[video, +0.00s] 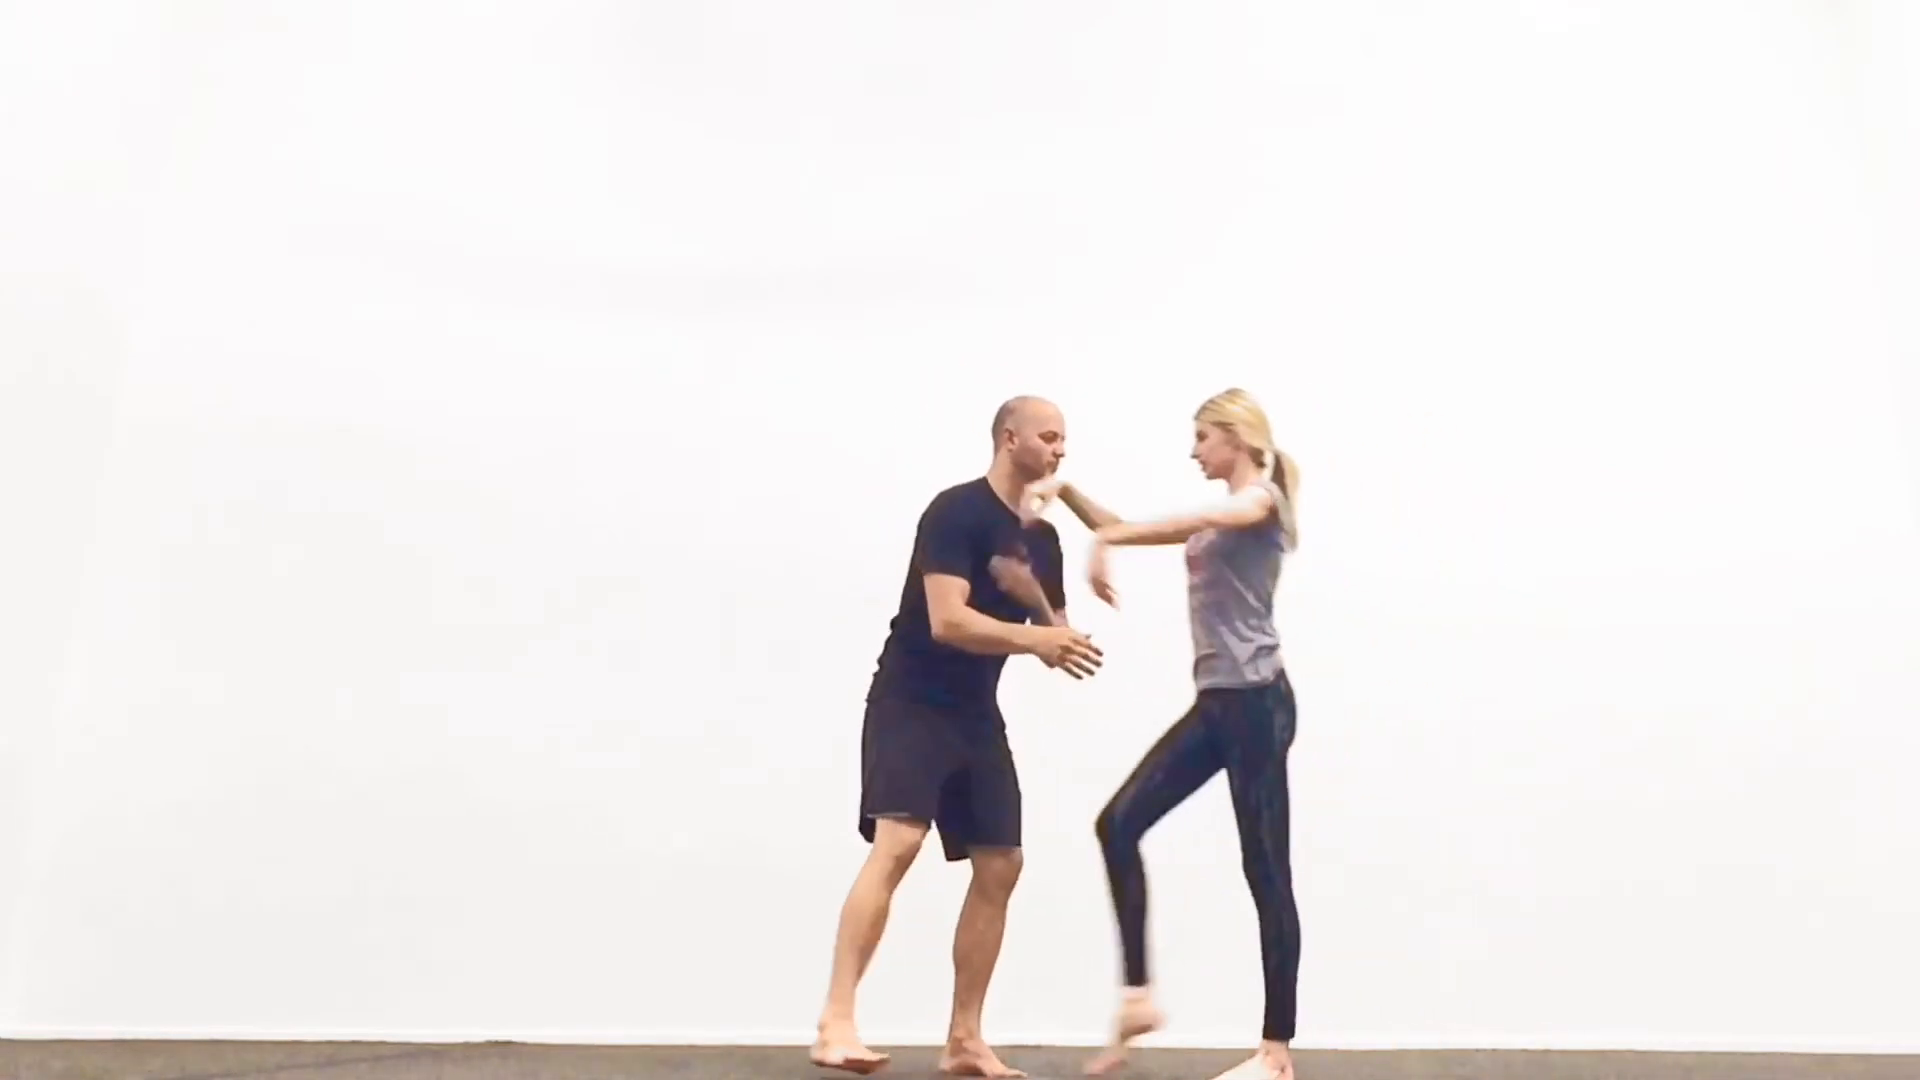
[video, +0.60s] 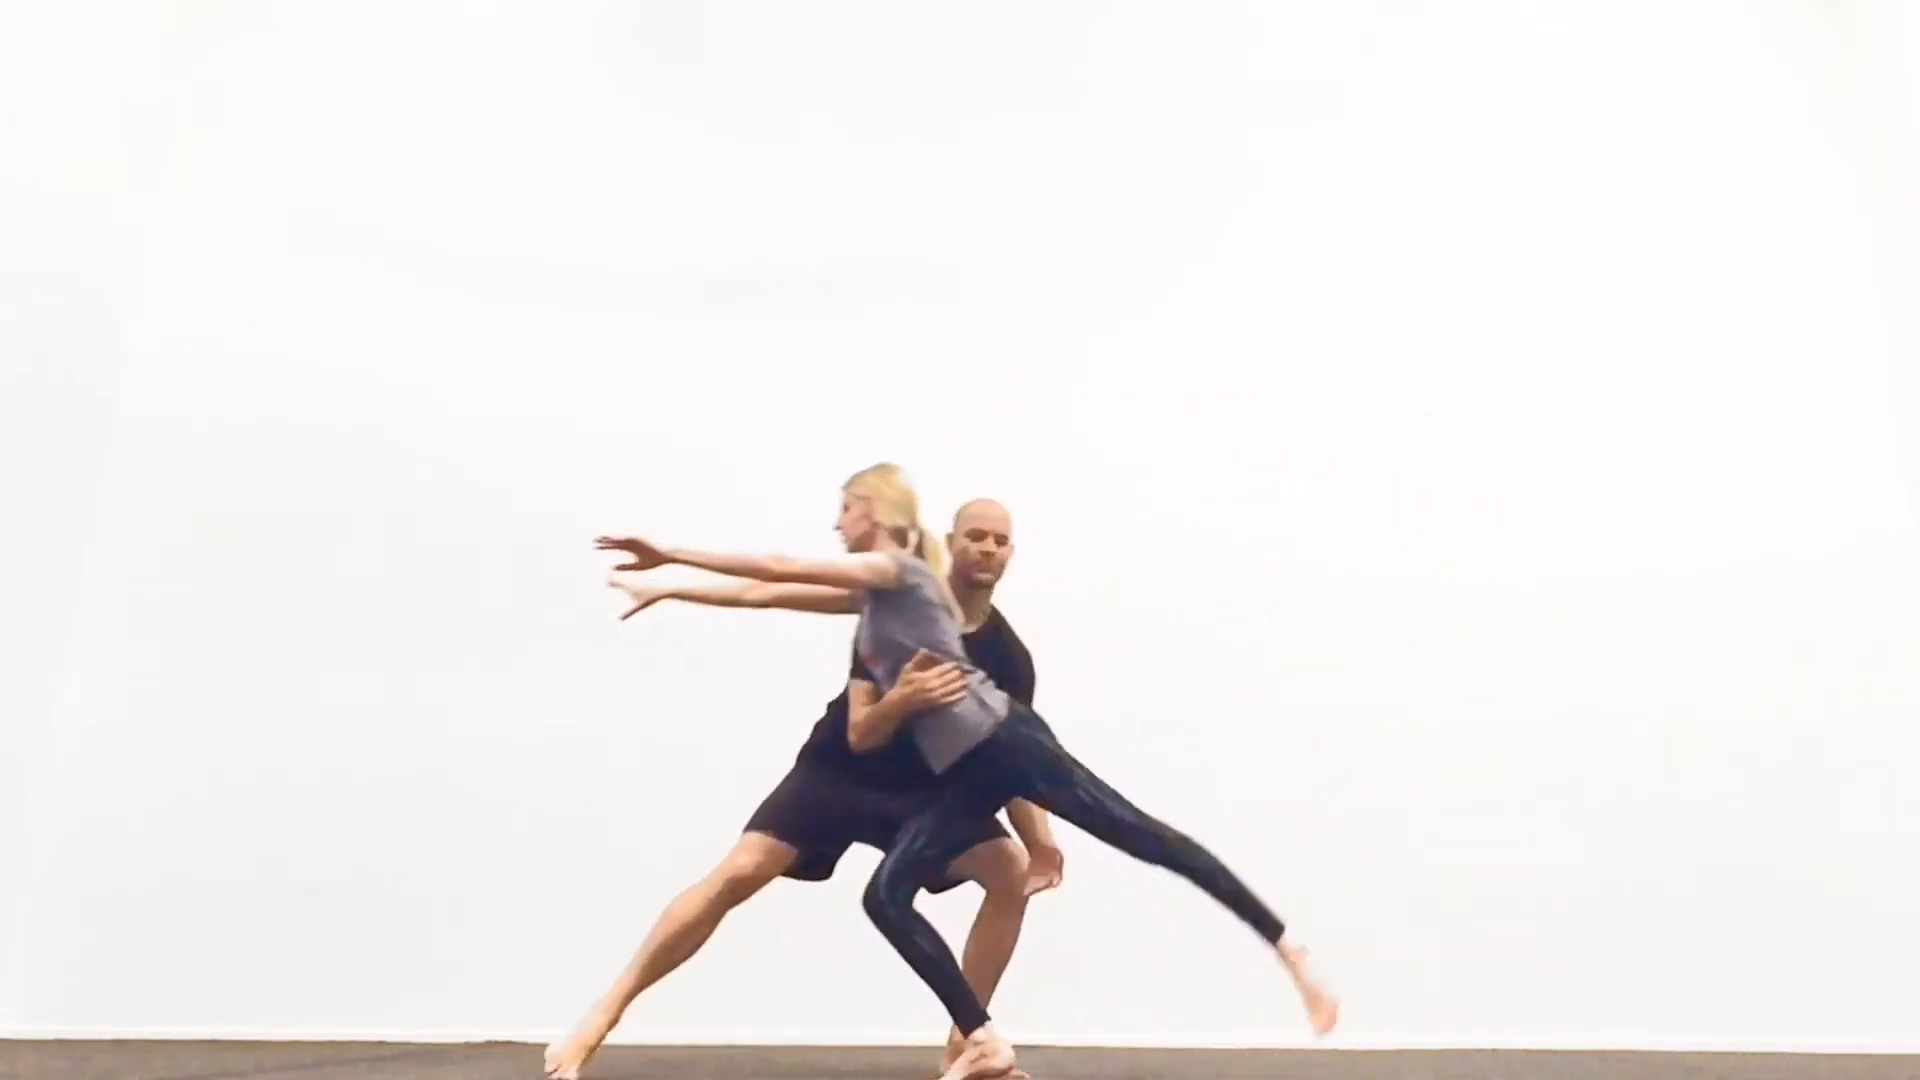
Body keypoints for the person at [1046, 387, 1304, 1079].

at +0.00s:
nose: (1195, 448)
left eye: (1203, 436)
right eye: (1196, 437)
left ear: (1236, 439)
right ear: (1231, 441)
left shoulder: (1263, 497)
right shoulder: (1221, 510)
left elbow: (1209, 522)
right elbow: (1123, 531)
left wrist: (1110, 540)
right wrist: (1064, 490)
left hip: (1255, 703)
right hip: (1217, 704)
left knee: (1267, 873)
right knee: (1117, 827)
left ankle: (1277, 1049)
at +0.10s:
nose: (1148, 450)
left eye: (1155, 438)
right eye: (1148, 440)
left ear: (1189, 439)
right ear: (1184, 441)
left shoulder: (1212, 495)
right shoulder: (1169, 511)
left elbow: (1129, 499)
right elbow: (1077, 517)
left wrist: (1030, 492)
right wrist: (1007, 484)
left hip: (1221, 704)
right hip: (1177, 708)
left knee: (1247, 871)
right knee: (1083, 830)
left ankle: (1276, 1048)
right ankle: (1039, 997)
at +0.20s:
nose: (1091, 458)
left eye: (1100, 445)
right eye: (1092, 446)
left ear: (1132, 445)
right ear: (1131, 448)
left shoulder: (1155, 499)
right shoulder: (1117, 513)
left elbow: (1054, 500)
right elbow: (1032, 513)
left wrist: (950, 482)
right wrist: (949, 492)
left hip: (1179, 712)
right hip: (1134, 718)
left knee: (1226, 876)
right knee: (1046, 846)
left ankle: (1274, 1047)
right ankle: (992, 1009)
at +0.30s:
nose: (1025, 467)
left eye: (1036, 454)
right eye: (1029, 455)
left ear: (1067, 461)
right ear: (1061, 464)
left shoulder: (1091, 519)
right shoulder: (1041, 538)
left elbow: (982, 519)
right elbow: (946, 530)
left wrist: (879, 498)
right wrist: (862, 512)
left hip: (1132, 722)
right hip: (1085, 735)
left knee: (1196, 878)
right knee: (999, 857)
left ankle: (1270, 1048)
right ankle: (998, 1039)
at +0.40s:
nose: (962, 485)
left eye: (972, 472)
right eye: (965, 473)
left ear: (1004, 480)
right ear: (1001, 483)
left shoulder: (1021, 536)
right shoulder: (991, 546)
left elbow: (900, 544)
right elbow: (887, 550)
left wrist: (797, 525)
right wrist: (792, 538)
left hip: (1087, 732)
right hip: (1045, 747)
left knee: (1172, 882)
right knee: (951, 870)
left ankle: (1267, 1039)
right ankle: (993, 1044)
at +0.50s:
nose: (900, 510)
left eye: (910, 498)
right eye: (901, 498)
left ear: (943, 504)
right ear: (930, 509)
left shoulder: (961, 557)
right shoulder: (922, 576)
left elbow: (834, 560)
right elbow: (818, 579)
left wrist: (730, 541)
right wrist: (725, 571)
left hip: (1047, 741)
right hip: (1001, 767)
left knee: (1153, 866)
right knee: (913, 886)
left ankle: (1272, 1011)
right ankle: (989, 1042)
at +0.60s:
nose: (844, 528)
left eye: (857, 517)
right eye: (844, 517)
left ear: (894, 525)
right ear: (861, 532)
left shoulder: (904, 572)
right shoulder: (868, 602)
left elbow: (777, 572)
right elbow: (763, 594)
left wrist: (673, 548)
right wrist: (667, 590)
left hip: (1016, 743)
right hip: (957, 780)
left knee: (1142, 839)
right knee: (885, 899)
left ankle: (1283, 948)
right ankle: (979, 1037)